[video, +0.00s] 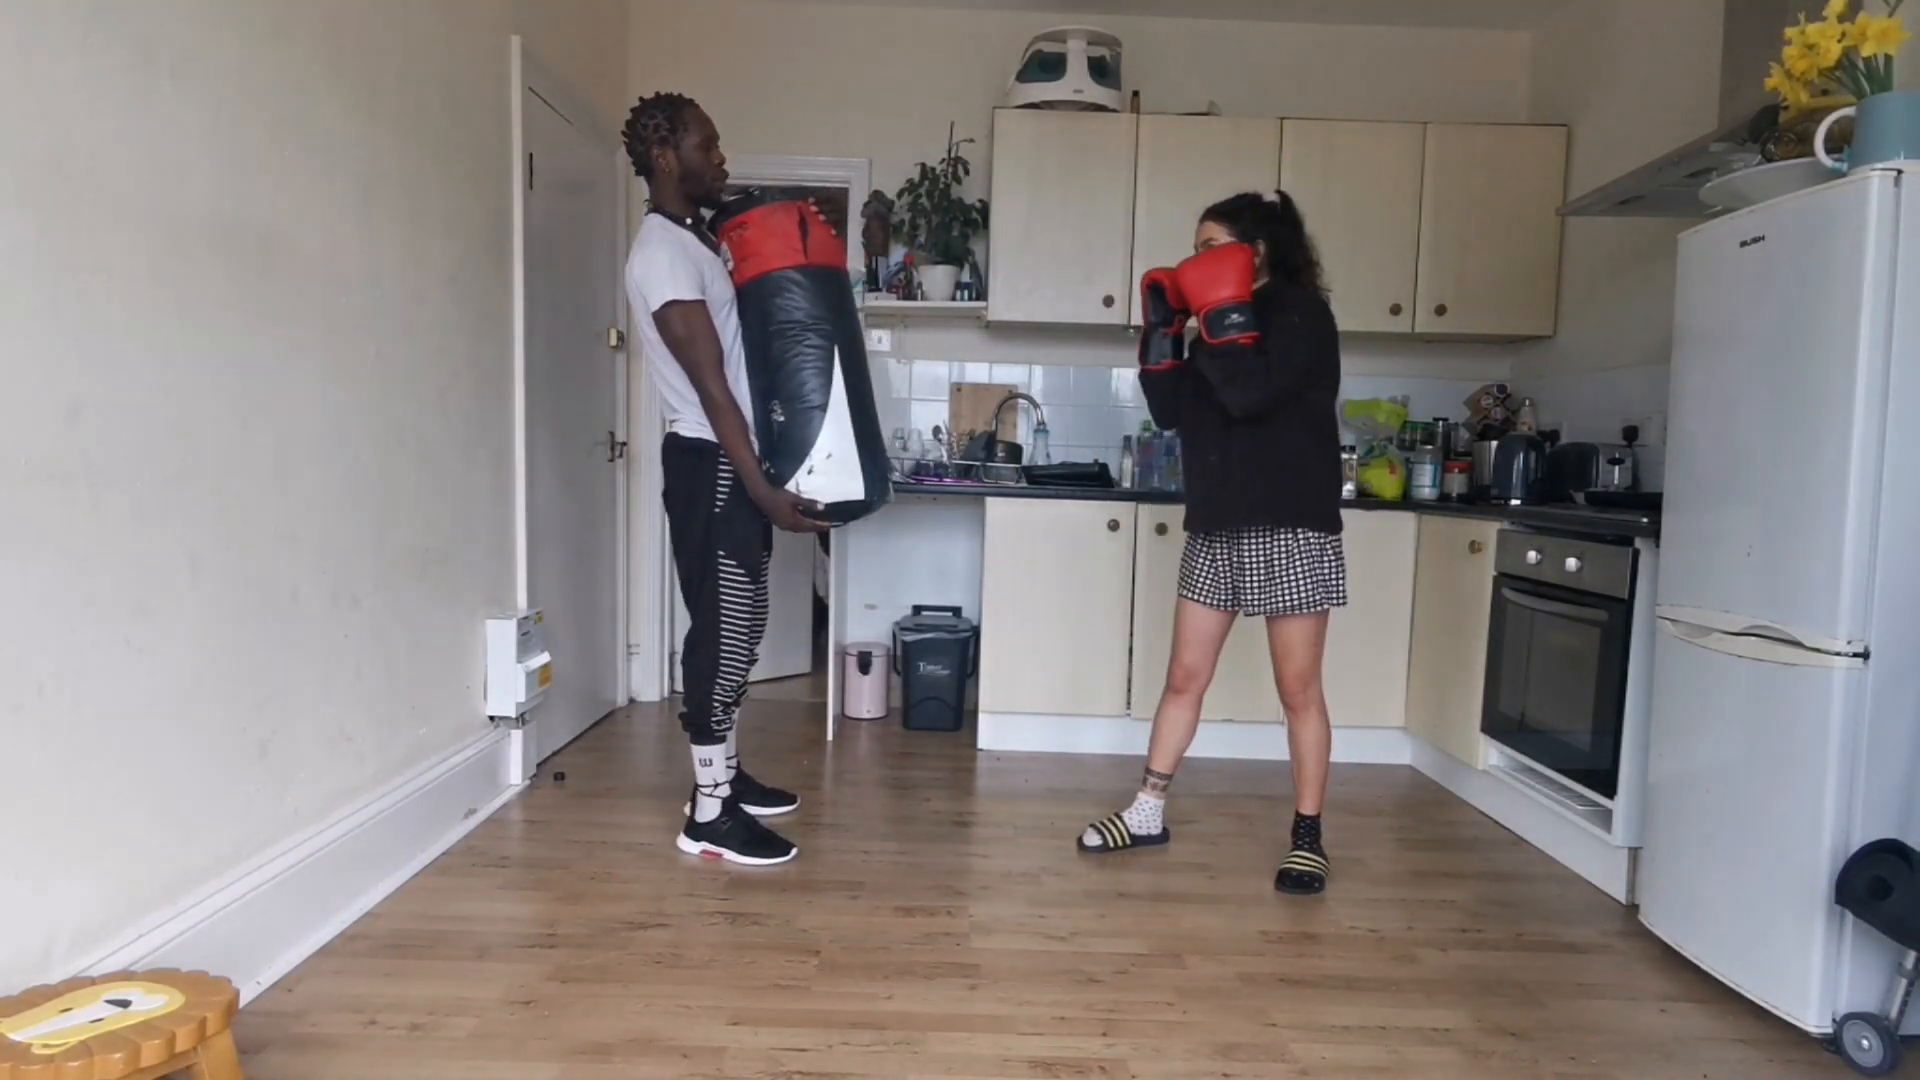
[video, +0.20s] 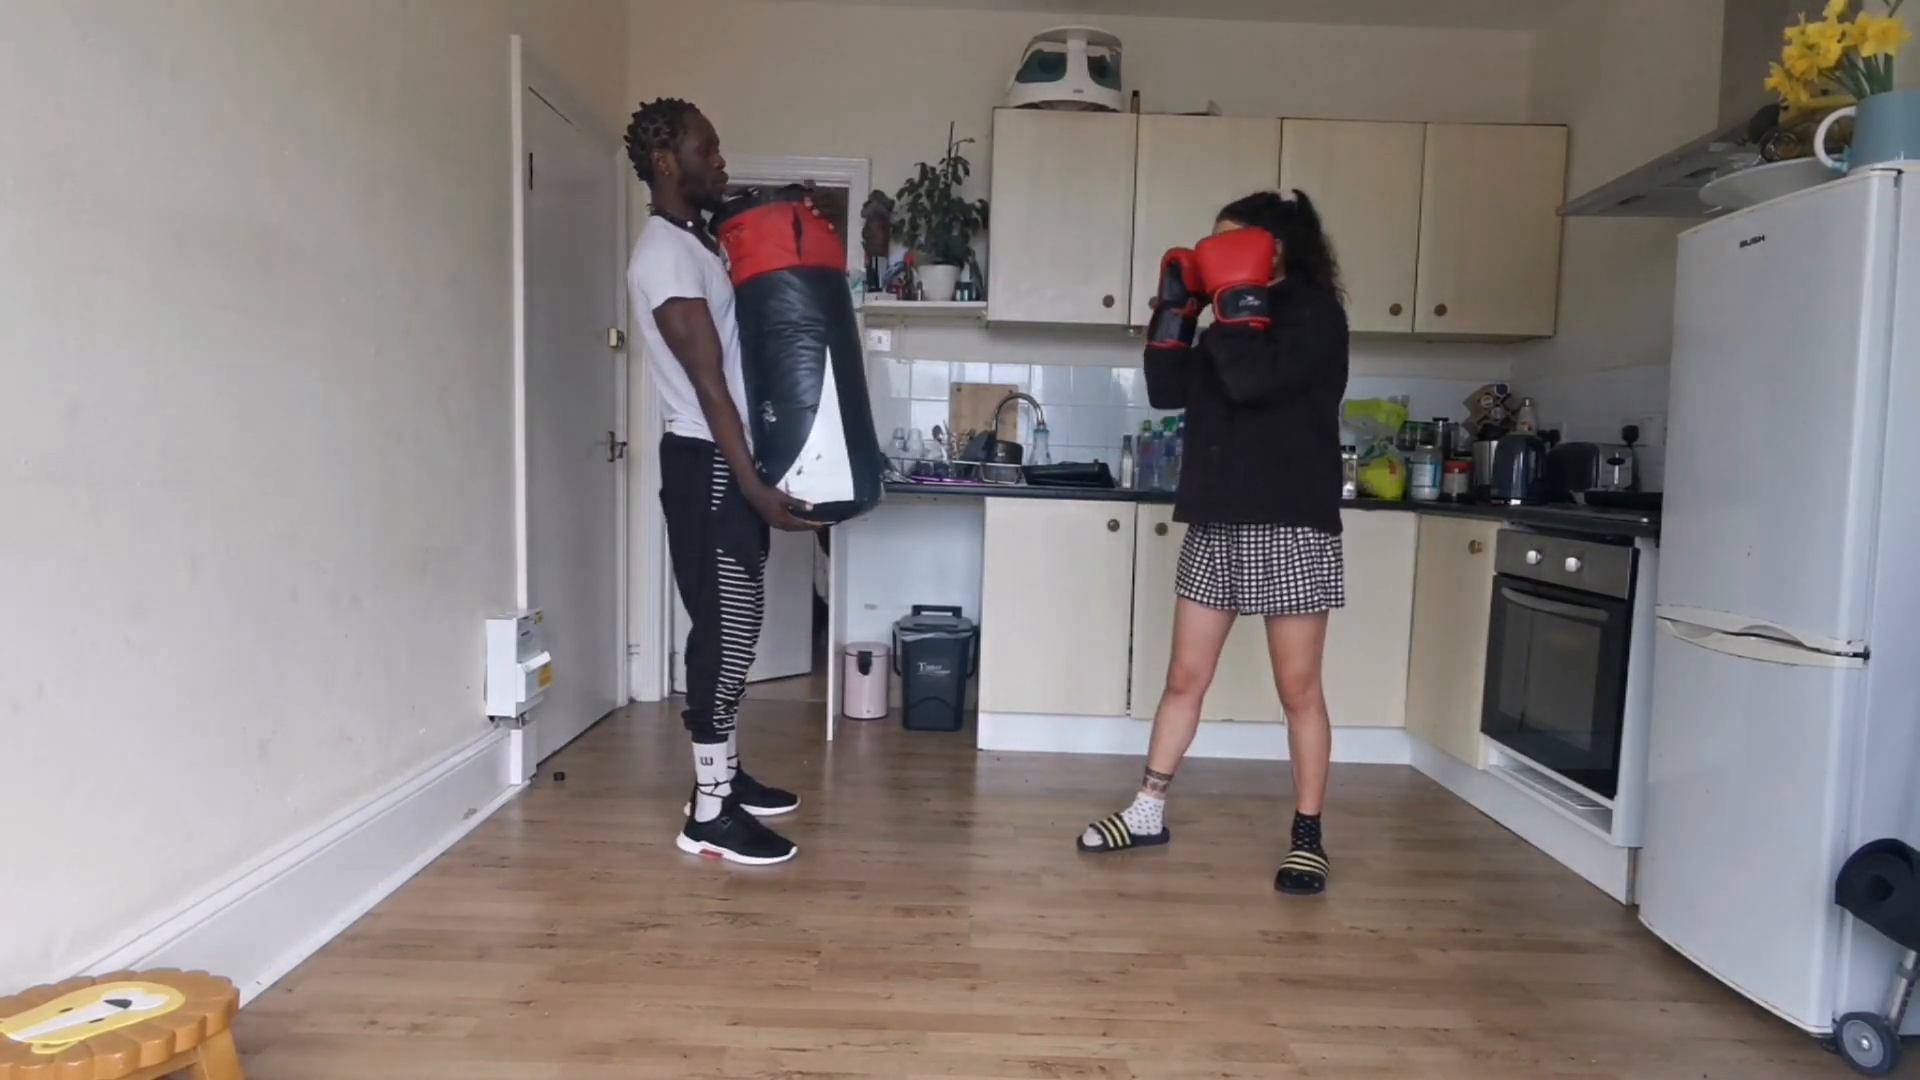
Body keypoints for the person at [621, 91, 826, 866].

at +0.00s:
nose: (723, 159)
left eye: (718, 145)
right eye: (707, 146)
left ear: (670, 159)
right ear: (664, 157)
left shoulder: (694, 240)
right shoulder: (662, 249)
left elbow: (744, 337)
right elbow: (708, 381)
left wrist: (766, 243)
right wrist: (759, 482)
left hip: (731, 452)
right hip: (706, 457)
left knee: (736, 617)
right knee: (729, 622)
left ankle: (722, 776)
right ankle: (709, 812)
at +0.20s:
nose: (721, 163)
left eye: (718, 150)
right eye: (706, 150)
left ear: (673, 163)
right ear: (663, 161)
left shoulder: (696, 240)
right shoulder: (665, 252)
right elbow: (707, 380)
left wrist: (795, 225)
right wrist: (753, 482)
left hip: (727, 452)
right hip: (704, 458)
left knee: (728, 620)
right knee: (730, 626)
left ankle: (724, 775)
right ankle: (708, 811)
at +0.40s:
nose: (721, 155)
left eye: (718, 142)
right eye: (706, 145)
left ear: (681, 159)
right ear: (665, 160)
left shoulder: (708, 236)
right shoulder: (670, 246)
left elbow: (783, 276)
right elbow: (709, 367)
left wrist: (824, 210)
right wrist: (749, 478)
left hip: (728, 452)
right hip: (699, 457)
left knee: (728, 625)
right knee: (729, 629)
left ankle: (722, 776)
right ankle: (711, 808)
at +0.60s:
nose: (724, 148)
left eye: (719, 136)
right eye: (708, 138)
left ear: (680, 154)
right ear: (668, 155)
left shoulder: (711, 232)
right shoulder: (674, 242)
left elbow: (789, 280)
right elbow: (708, 370)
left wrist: (823, 211)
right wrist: (748, 477)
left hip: (727, 454)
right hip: (696, 458)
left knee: (730, 624)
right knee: (713, 627)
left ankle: (720, 776)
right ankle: (699, 807)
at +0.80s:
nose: (729, 150)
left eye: (725, 138)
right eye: (714, 138)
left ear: (680, 154)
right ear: (672, 151)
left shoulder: (701, 234)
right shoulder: (675, 241)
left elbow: (752, 327)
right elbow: (707, 375)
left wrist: (802, 234)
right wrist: (745, 484)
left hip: (726, 451)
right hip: (699, 456)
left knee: (737, 617)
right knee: (713, 621)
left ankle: (721, 776)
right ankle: (700, 807)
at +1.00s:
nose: (727, 151)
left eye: (723, 137)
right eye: (713, 138)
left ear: (679, 150)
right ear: (670, 148)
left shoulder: (705, 234)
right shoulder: (671, 240)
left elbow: (777, 310)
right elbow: (710, 374)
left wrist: (819, 222)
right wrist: (754, 485)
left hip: (742, 452)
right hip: (705, 457)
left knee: (765, 614)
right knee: (718, 622)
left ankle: (724, 769)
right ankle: (699, 808)